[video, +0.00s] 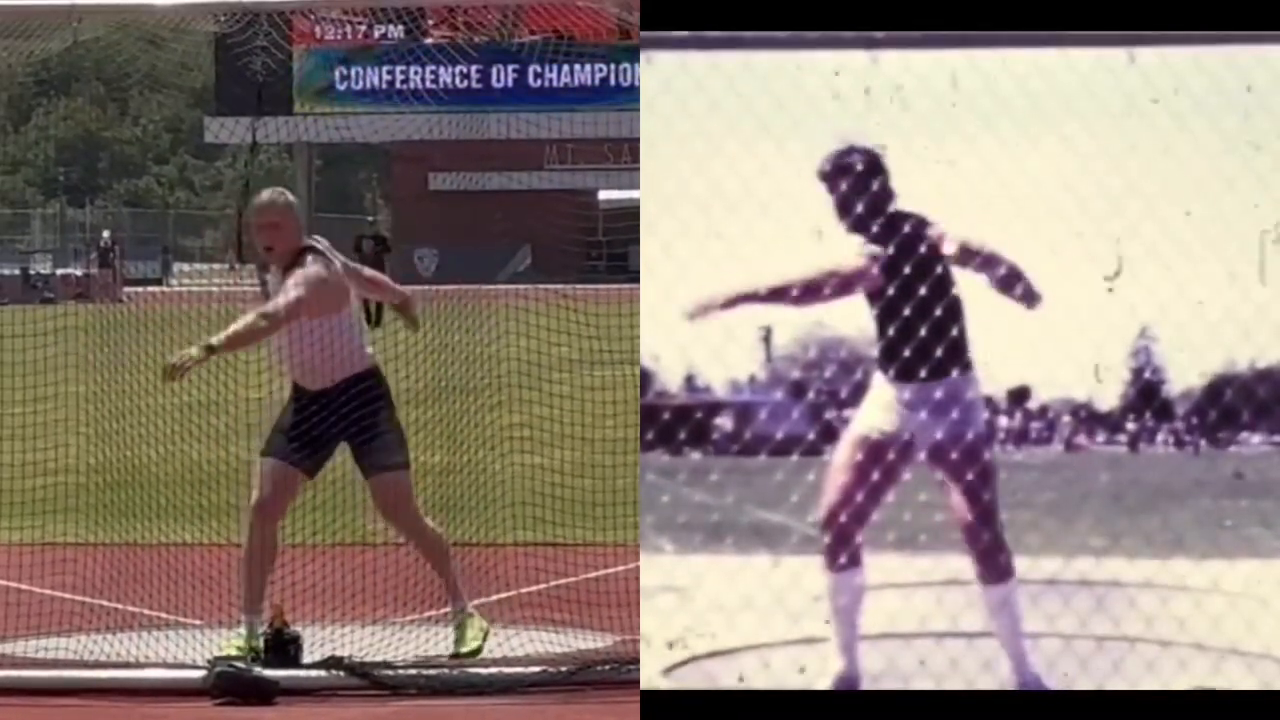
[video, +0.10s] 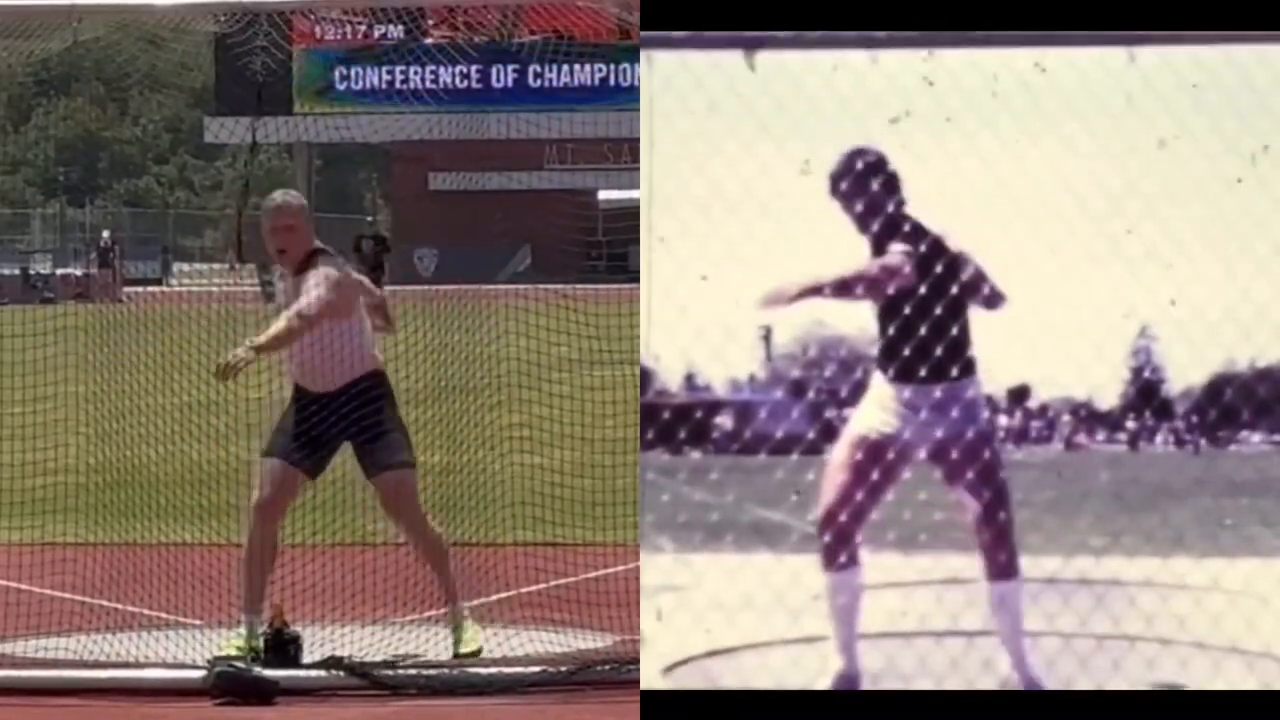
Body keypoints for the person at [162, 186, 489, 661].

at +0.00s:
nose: (266, 238)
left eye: (275, 228)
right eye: (259, 230)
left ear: (299, 228)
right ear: (252, 234)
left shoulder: (316, 271)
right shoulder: (286, 265)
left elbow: (271, 319)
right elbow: (363, 277)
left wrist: (206, 349)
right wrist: (402, 300)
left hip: (361, 396)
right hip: (309, 402)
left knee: (400, 511)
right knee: (264, 508)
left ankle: (464, 613)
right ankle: (250, 633)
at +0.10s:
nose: (279, 241)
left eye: (289, 230)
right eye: (272, 233)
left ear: (310, 230)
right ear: (265, 236)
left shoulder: (329, 274)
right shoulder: (294, 275)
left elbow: (301, 320)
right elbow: (359, 283)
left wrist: (251, 349)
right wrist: (383, 316)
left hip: (365, 399)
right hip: (310, 404)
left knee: (403, 505)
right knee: (265, 506)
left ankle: (459, 616)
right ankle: (250, 631)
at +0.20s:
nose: (296, 244)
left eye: (305, 234)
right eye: (288, 235)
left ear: (322, 233)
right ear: (278, 238)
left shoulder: (342, 276)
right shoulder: (286, 275)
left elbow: (338, 319)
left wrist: (306, 349)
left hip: (368, 401)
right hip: (312, 405)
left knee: (411, 507)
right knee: (267, 505)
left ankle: (451, 620)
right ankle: (251, 628)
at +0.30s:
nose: (322, 246)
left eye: (328, 236)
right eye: (312, 237)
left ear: (339, 235)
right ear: (295, 239)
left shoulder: (356, 279)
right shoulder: (288, 270)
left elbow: (367, 313)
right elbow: (303, 314)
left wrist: (360, 345)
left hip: (371, 403)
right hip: (313, 406)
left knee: (420, 503)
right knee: (268, 506)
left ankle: (444, 626)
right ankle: (250, 630)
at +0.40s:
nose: (347, 248)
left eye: (353, 238)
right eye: (336, 238)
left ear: (361, 239)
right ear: (312, 240)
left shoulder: (371, 285)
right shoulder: (292, 274)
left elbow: (404, 311)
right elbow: (290, 323)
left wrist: (413, 344)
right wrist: (273, 332)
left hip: (376, 412)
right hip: (313, 413)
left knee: (436, 504)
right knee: (269, 508)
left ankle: (433, 629)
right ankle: (250, 630)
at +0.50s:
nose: (367, 254)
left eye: (373, 244)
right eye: (356, 244)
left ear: (379, 246)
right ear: (329, 248)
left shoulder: (392, 288)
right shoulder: (302, 282)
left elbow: (436, 316)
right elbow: (273, 315)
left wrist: (458, 343)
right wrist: (259, 337)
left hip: (377, 422)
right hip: (313, 421)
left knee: (450, 504)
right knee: (274, 510)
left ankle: (426, 627)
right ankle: (248, 633)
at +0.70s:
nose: (413, 262)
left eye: (413, 251)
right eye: (403, 252)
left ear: (409, 255)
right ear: (369, 256)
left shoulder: (426, 297)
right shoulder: (327, 294)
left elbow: (490, 321)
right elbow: (265, 320)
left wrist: (533, 347)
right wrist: (216, 352)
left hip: (376, 436)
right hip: (328, 423)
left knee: (461, 508)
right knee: (309, 509)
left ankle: (436, 621)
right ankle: (224, 612)